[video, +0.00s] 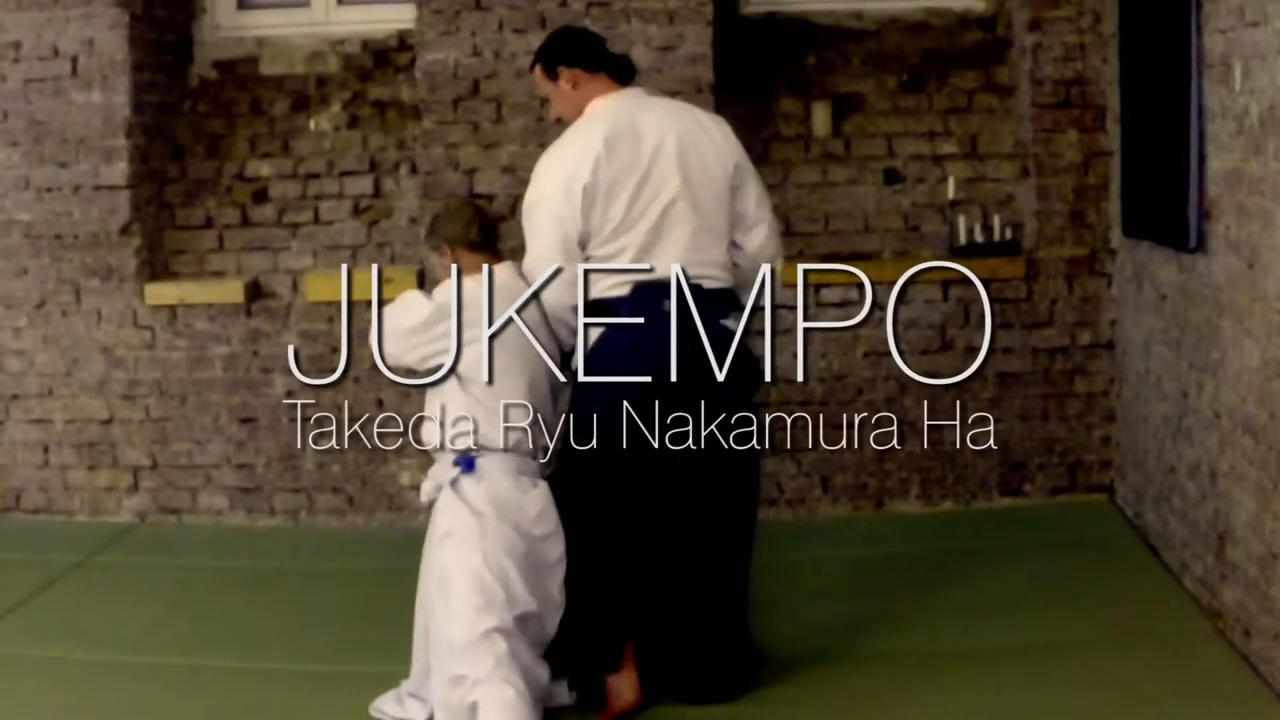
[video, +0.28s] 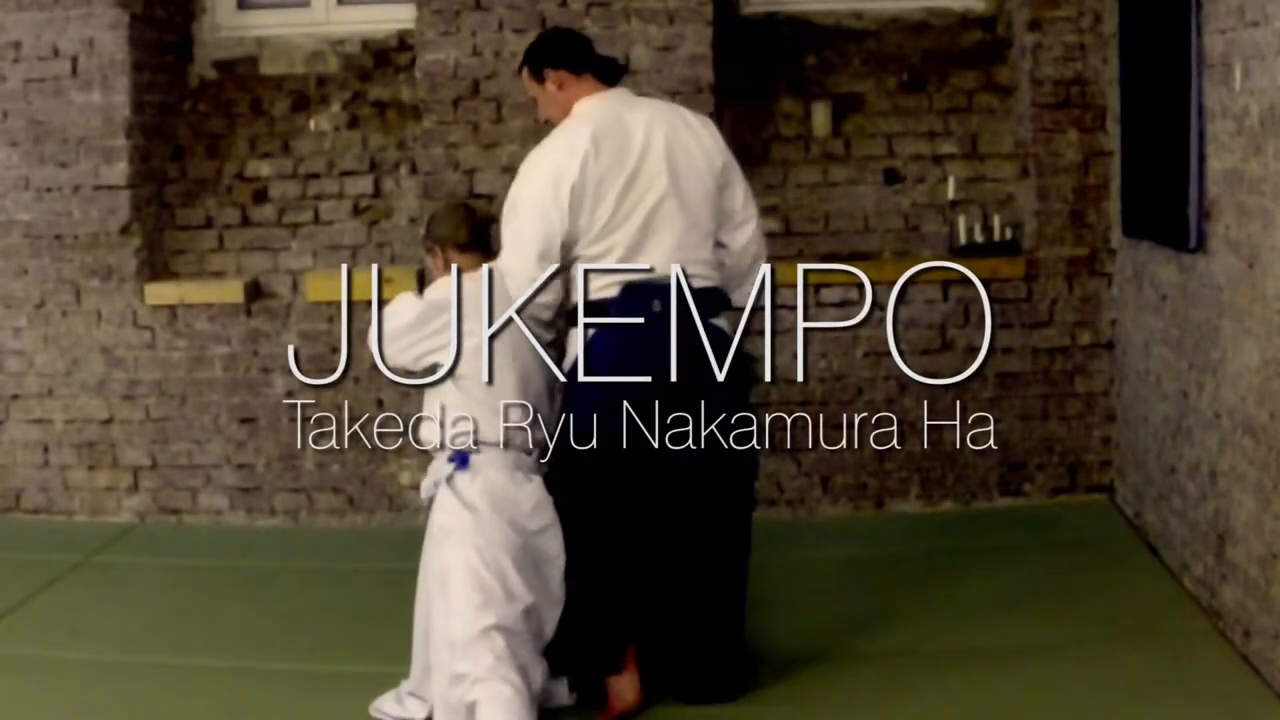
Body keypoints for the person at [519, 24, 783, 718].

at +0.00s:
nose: (552, 113)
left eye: (548, 97)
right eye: (546, 100)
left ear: (571, 78)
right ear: (614, 73)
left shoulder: (569, 156)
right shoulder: (711, 129)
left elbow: (552, 281)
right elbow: (761, 242)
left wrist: (577, 351)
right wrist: (726, 311)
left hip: (616, 347)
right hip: (711, 339)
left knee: (603, 503)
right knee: (712, 499)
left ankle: (616, 670)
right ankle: (711, 664)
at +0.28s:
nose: (540, 113)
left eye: (537, 98)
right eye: (535, 100)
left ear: (559, 80)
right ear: (600, 73)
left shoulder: (559, 153)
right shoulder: (698, 129)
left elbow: (525, 282)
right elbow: (745, 242)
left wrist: (546, 347)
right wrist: (719, 317)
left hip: (607, 344)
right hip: (702, 338)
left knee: (598, 505)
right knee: (706, 503)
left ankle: (613, 669)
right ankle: (708, 665)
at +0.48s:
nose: (528, 116)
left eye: (525, 100)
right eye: (524, 102)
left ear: (546, 84)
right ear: (586, 75)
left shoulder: (549, 154)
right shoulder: (683, 131)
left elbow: (507, 273)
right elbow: (726, 227)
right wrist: (687, 285)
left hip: (603, 345)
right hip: (692, 337)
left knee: (597, 507)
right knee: (695, 502)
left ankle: (616, 672)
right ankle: (704, 664)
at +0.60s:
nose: (519, 117)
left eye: (515, 102)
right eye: (514, 105)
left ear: (534, 84)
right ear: (576, 75)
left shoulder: (546, 153)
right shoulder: (661, 128)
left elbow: (509, 275)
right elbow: (681, 222)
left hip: (595, 343)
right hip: (680, 331)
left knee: (595, 509)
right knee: (682, 501)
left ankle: (617, 672)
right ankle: (699, 660)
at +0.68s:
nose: (512, 120)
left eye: (508, 105)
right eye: (506, 107)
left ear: (526, 87)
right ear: (569, 76)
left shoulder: (548, 152)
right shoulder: (648, 130)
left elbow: (508, 270)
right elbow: (664, 211)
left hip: (592, 348)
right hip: (672, 336)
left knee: (592, 513)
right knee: (673, 505)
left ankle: (614, 671)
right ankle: (693, 659)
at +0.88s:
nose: (485, 126)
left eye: (481, 112)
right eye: (480, 115)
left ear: (499, 98)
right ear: (540, 84)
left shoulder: (541, 151)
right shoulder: (613, 133)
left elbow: (494, 272)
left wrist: (446, 281)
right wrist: (478, 230)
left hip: (587, 355)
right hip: (653, 343)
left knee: (567, 520)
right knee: (624, 513)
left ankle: (543, 679)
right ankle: (622, 668)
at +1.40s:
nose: (480, 116)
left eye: (478, 103)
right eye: (478, 105)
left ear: (498, 89)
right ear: (546, 81)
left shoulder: (491, 151)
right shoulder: (622, 137)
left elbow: (424, 279)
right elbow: (633, 219)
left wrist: (423, 298)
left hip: (559, 349)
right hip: (647, 342)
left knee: (529, 509)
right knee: (630, 507)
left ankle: (532, 680)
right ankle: (629, 663)